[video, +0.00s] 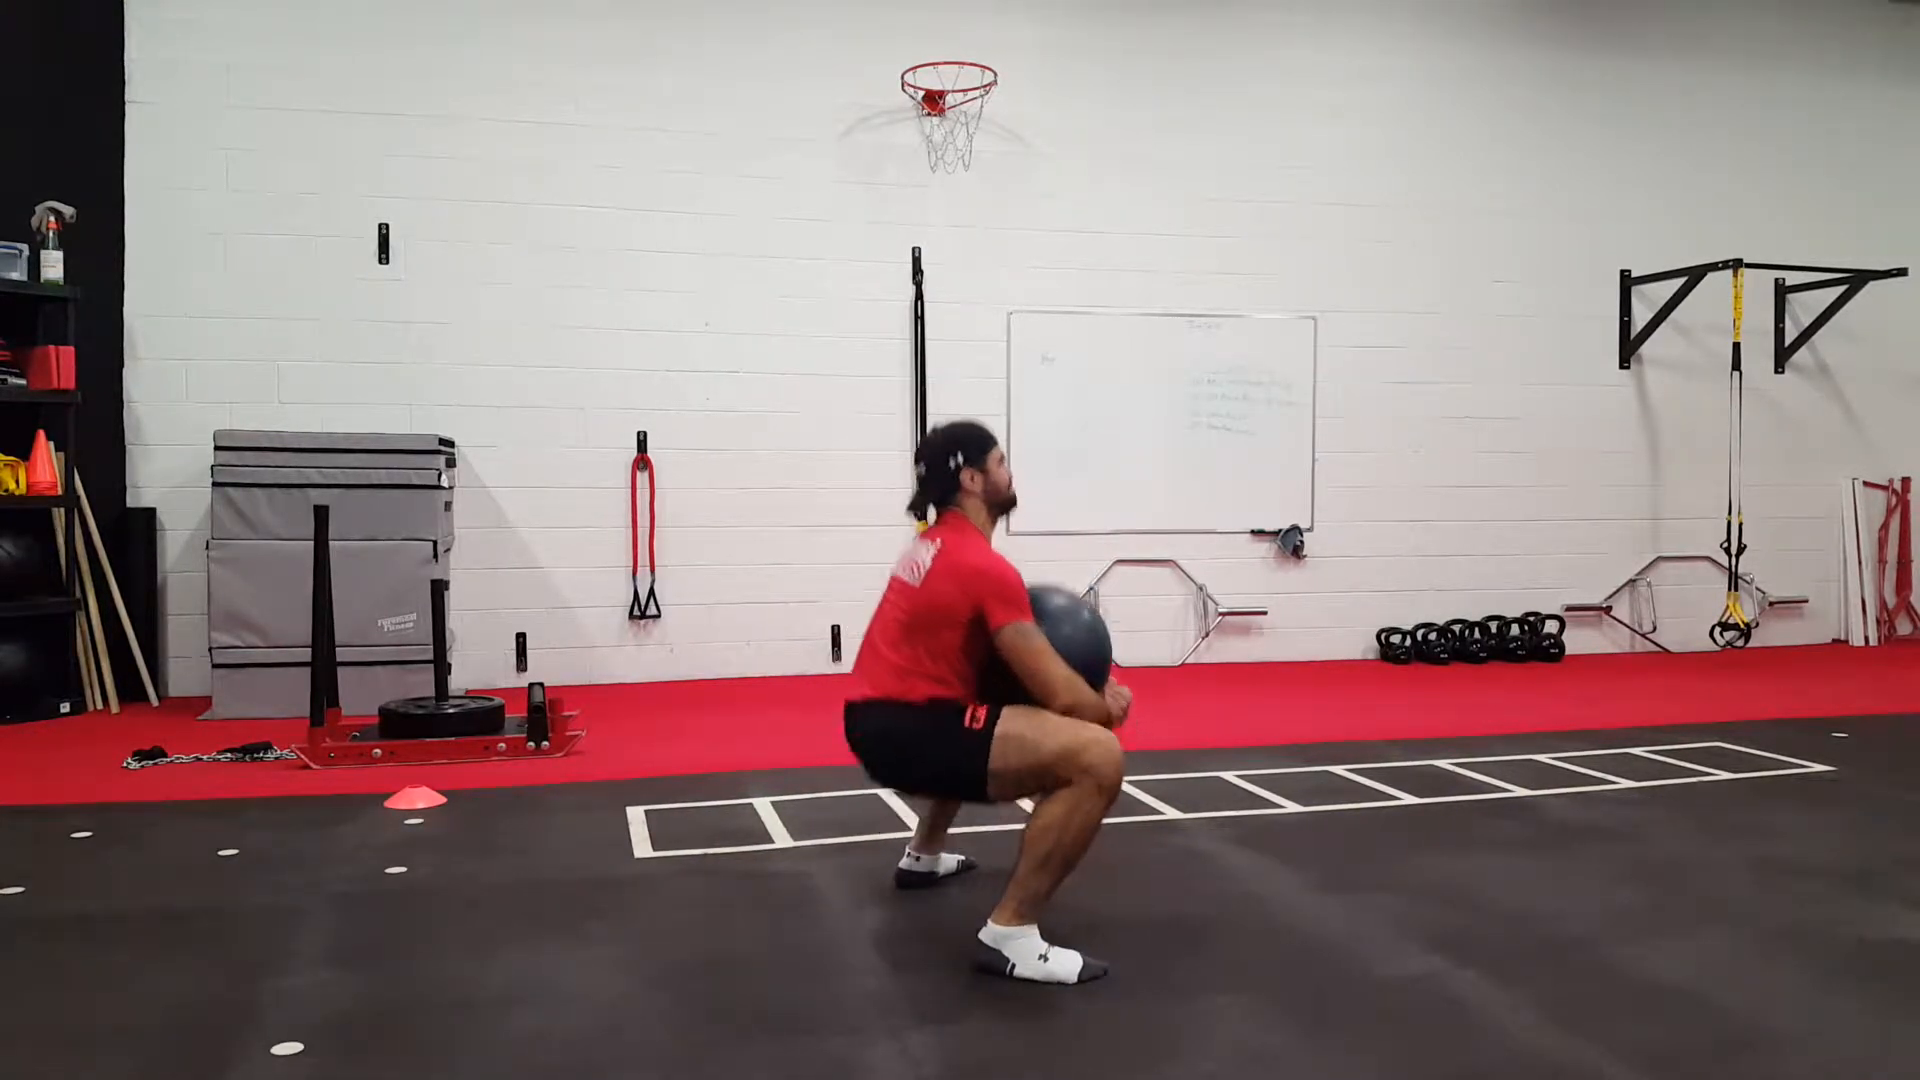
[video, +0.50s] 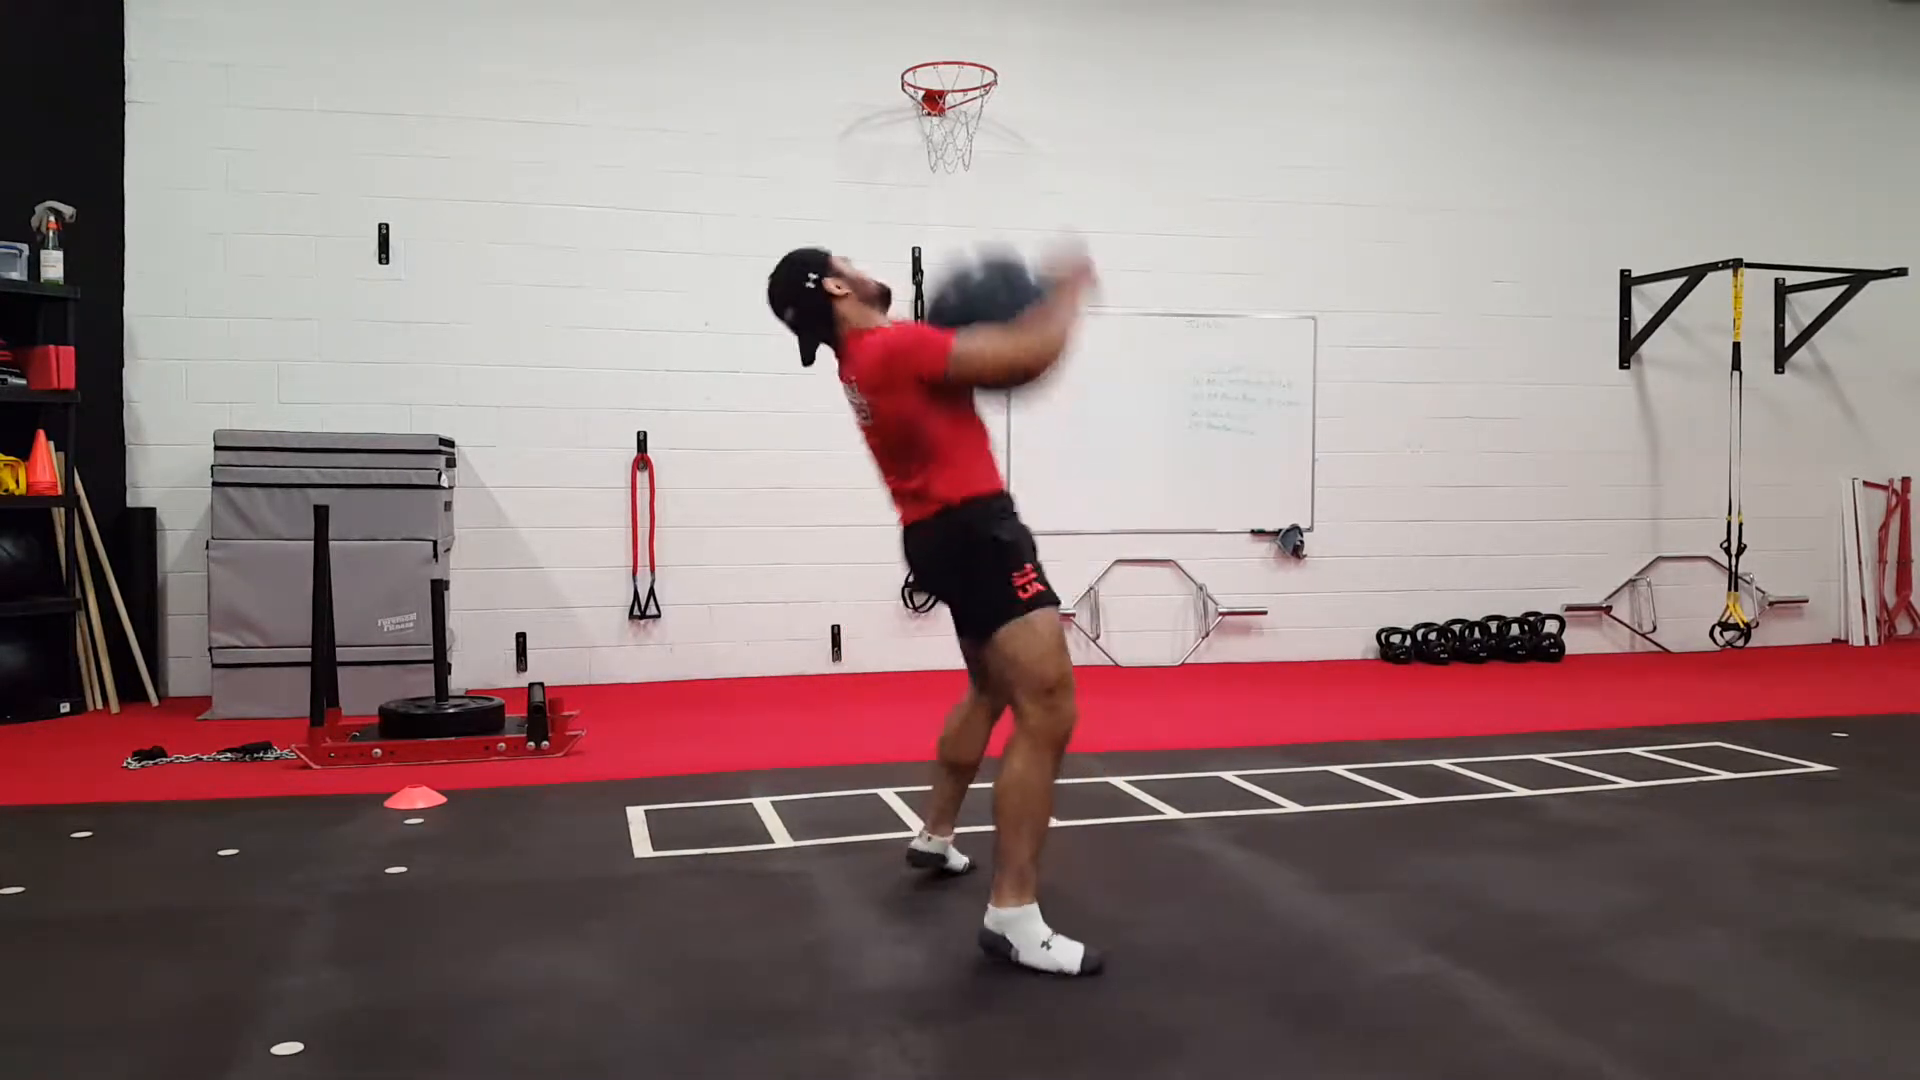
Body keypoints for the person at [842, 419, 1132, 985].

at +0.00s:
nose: (1010, 473)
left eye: (1005, 461)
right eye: (1000, 463)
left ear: (962, 483)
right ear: (969, 480)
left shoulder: (932, 544)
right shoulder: (985, 568)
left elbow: (975, 658)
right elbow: (1067, 697)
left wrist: (1078, 688)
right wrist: (1109, 708)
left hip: (876, 720)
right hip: (914, 730)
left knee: (995, 707)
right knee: (1096, 758)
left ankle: (925, 850)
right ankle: (1011, 929)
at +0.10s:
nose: (1004, 438)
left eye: (999, 426)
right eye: (995, 427)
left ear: (955, 445)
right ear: (964, 441)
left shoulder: (926, 510)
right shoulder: (981, 531)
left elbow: (959, 619)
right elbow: (1056, 655)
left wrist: (1034, 628)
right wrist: (1104, 667)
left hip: (872, 685)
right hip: (917, 693)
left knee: (991, 707)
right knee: (1096, 755)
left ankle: (924, 850)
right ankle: (1012, 929)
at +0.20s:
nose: (989, 393)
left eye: (983, 381)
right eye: (979, 382)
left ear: (935, 402)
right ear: (950, 397)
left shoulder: (916, 469)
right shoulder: (972, 485)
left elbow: (959, 568)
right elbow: (1046, 601)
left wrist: (1048, 602)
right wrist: (1095, 619)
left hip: (872, 647)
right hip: (918, 654)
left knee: (979, 719)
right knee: (1089, 752)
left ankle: (923, 850)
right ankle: (1011, 927)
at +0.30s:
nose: (953, 339)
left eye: (945, 326)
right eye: (940, 329)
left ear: (902, 353)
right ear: (910, 348)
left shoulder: (897, 427)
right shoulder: (951, 434)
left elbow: (967, 529)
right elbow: (1037, 543)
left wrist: (1050, 534)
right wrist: (1092, 545)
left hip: (890, 609)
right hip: (933, 612)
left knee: (992, 711)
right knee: (1083, 745)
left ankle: (923, 851)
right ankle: (1011, 927)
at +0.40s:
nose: (901, 287)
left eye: (889, 277)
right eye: (885, 280)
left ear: (855, 317)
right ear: (865, 305)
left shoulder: (875, 386)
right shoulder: (920, 382)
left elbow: (979, 452)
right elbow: (1033, 458)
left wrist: (1024, 422)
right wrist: (1084, 432)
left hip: (915, 564)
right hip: (953, 560)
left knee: (990, 703)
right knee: (1061, 729)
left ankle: (926, 845)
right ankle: (1010, 922)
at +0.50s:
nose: (861, 268)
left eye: (845, 261)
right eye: (845, 264)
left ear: (826, 303)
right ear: (836, 287)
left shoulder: (865, 359)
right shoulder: (892, 347)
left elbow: (992, 360)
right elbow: (1029, 350)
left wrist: (1007, 310)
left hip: (943, 537)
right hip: (978, 530)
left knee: (989, 692)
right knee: (1047, 711)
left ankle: (933, 833)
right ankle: (1014, 910)